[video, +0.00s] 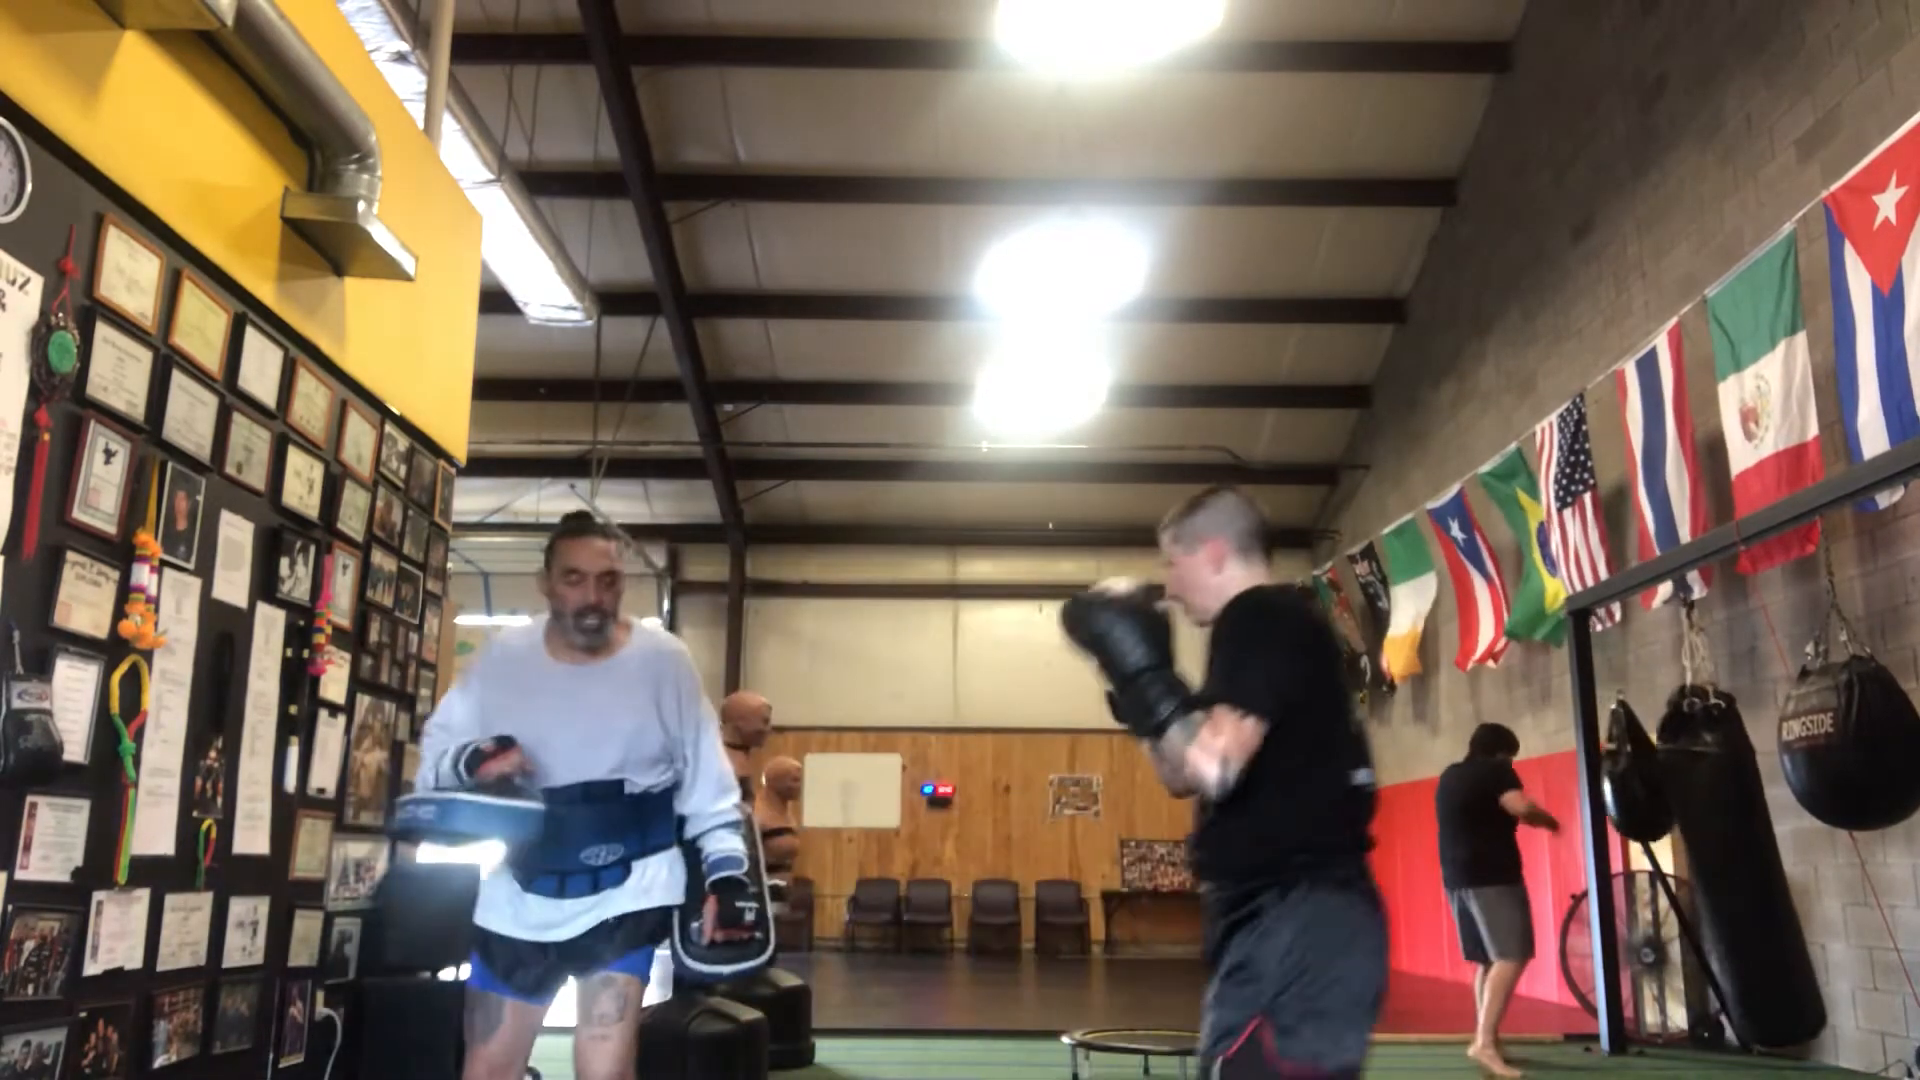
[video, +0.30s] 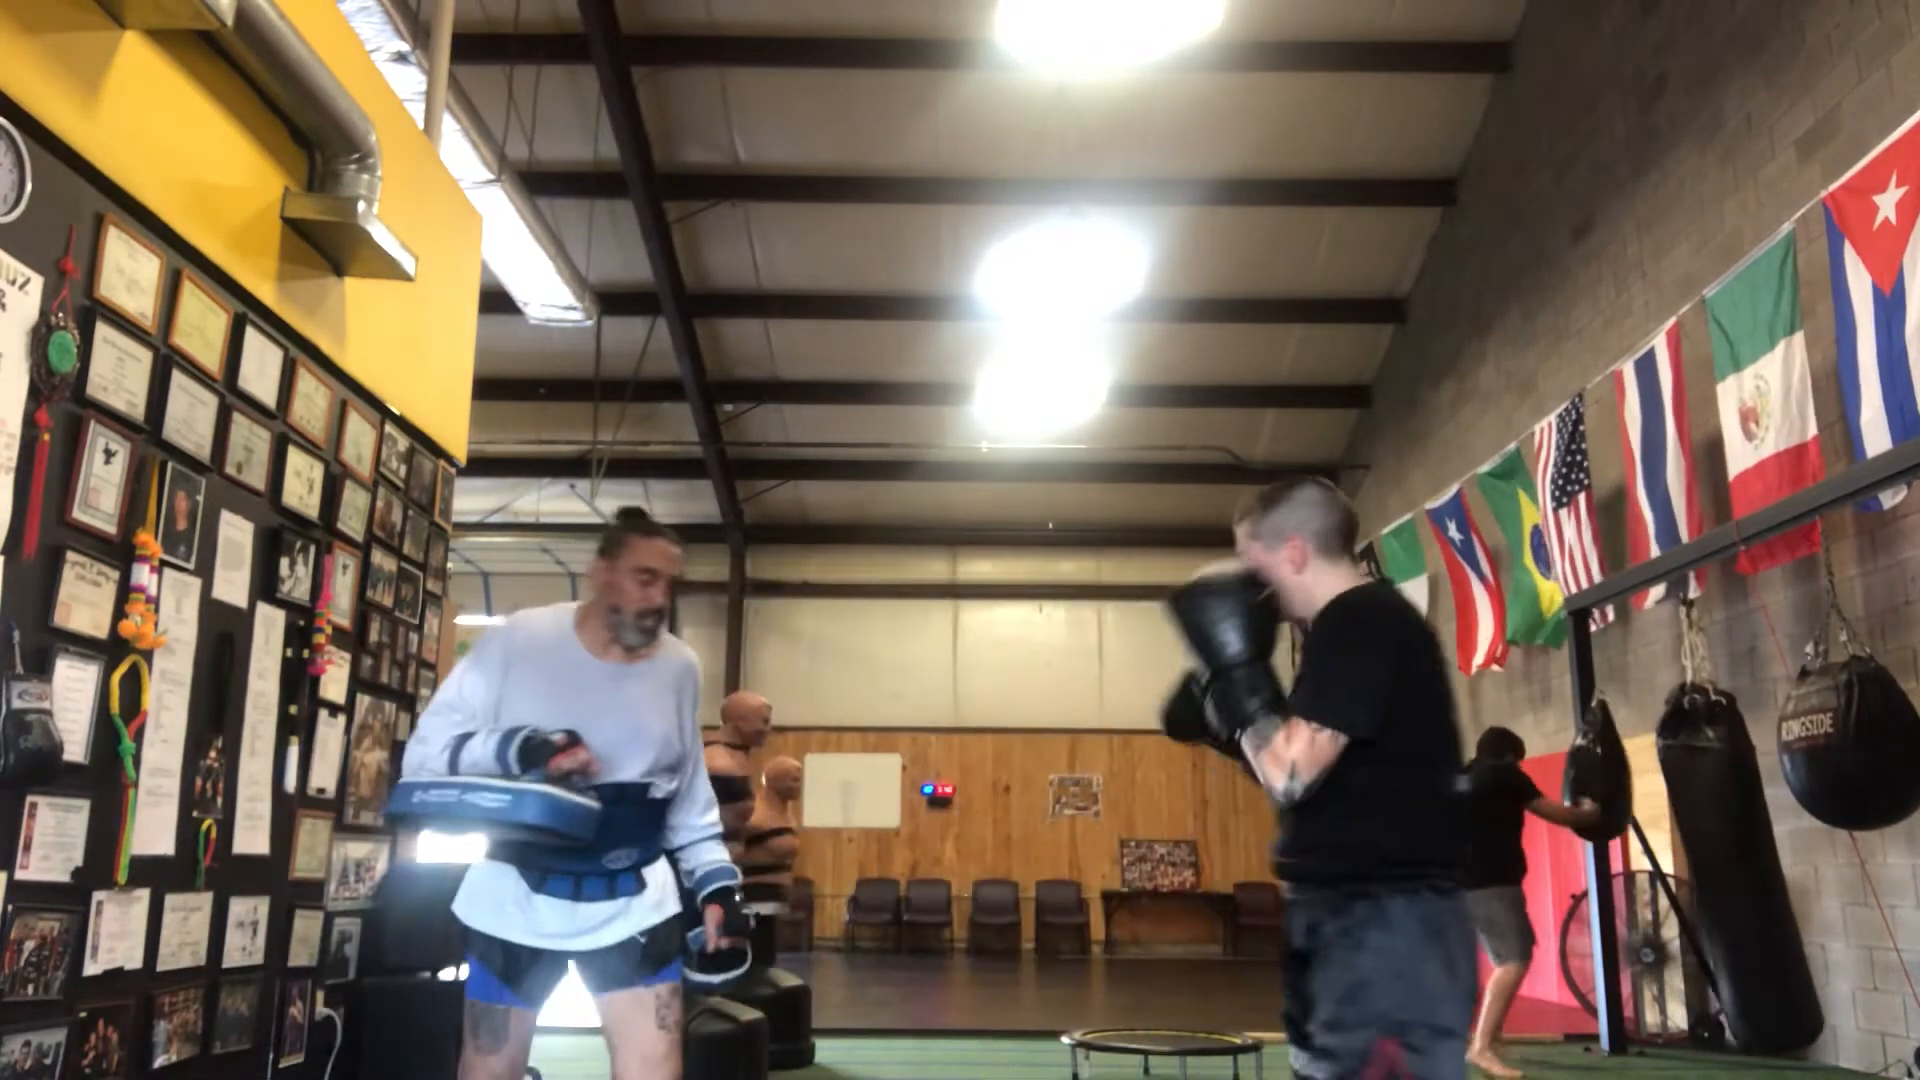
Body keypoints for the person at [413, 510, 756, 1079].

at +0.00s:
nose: (593, 597)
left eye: (607, 580)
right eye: (575, 580)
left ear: (623, 584)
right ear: (546, 586)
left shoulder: (663, 660)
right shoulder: (503, 659)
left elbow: (707, 774)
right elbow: (434, 756)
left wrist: (726, 873)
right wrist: (469, 763)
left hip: (631, 889)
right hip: (522, 887)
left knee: (604, 1067)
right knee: (488, 1068)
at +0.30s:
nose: (661, 599)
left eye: (670, 585)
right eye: (646, 579)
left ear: (674, 588)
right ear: (599, 573)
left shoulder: (678, 668)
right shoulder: (516, 641)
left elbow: (689, 799)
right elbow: (423, 755)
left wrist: (715, 886)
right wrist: (524, 752)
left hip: (637, 906)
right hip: (517, 901)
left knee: (655, 1071)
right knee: (489, 1072)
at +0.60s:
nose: (726, 600)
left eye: (736, 586)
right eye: (716, 577)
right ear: (666, 563)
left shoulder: (715, 672)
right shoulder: (570, 622)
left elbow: (718, 798)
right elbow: (471, 732)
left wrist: (757, 857)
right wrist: (584, 721)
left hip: (658, 917)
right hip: (536, 906)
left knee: (652, 1072)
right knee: (500, 1071)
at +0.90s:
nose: (727, 579)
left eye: (732, 564)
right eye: (713, 558)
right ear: (660, 550)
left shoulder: (717, 657)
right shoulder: (565, 617)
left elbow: (728, 775)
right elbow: (476, 737)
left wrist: (787, 767)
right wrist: (587, 708)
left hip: (673, 917)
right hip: (561, 908)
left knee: (654, 1072)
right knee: (560, 1071)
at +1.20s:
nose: (722, 576)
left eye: (726, 561)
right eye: (707, 555)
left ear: (654, 545)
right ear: (650, 544)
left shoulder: (696, 644)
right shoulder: (555, 608)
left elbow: (731, 760)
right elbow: (522, 752)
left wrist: (789, 682)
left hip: (691, 904)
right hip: (575, 905)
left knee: (757, 1063)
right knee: (570, 1074)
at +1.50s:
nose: (729, 568)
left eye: (744, 558)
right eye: (722, 552)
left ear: (744, 565)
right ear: (694, 543)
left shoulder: (731, 644)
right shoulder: (607, 593)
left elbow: (777, 746)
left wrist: (840, 643)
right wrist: (738, 560)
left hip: (713, 911)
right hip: (602, 910)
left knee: (776, 1069)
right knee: (581, 1072)